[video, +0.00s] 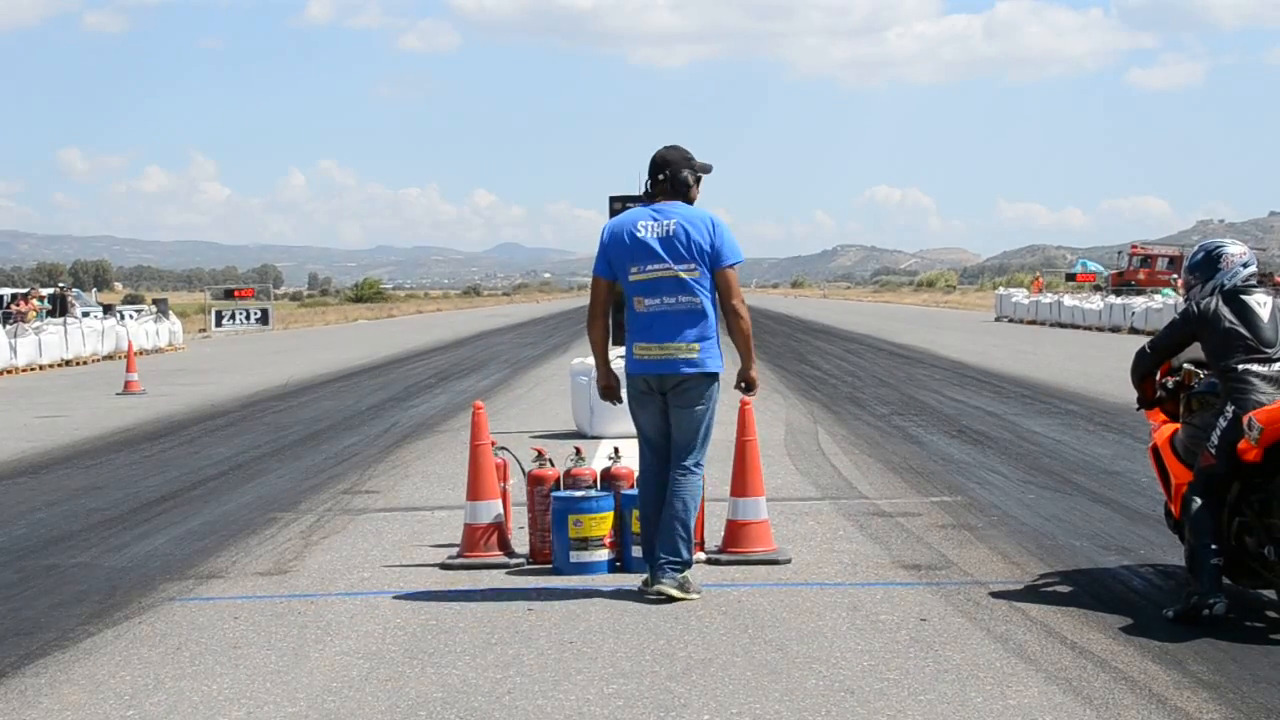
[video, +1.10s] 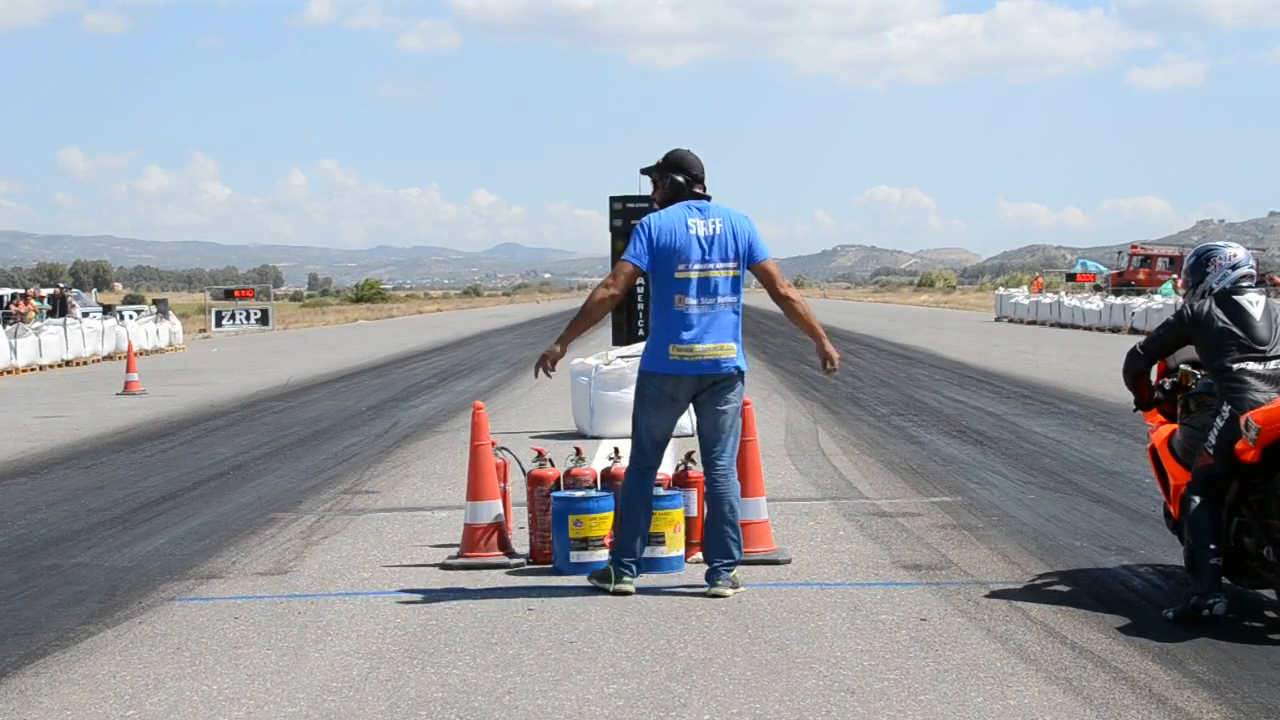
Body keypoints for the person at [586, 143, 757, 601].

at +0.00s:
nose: (699, 190)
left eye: (699, 182)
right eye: (698, 183)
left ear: (652, 182)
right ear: (689, 184)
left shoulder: (618, 229)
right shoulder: (707, 226)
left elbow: (598, 309)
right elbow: (733, 304)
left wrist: (603, 368)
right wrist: (748, 363)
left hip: (641, 366)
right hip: (694, 365)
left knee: (653, 463)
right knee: (687, 464)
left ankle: (656, 567)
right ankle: (669, 571)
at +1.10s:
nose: (652, 192)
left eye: (655, 184)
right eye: (653, 184)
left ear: (669, 185)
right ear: (700, 186)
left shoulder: (654, 226)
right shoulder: (739, 224)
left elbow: (611, 291)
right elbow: (781, 289)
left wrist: (562, 342)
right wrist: (822, 339)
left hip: (667, 364)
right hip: (725, 362)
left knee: (643, 465)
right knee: (721, 467)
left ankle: (623, 568)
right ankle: (723, 572)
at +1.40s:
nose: (611, 192)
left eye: (616, 184)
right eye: (613, 183)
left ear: (635, 185)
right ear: (660, 186)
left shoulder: (619, 229)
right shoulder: (701, 222)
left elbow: (558, 274)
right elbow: (757, 274)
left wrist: (496, 306)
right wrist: (815, 313)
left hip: (634, 366)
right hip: (692, 362)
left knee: (622, 471)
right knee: (702, 465)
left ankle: (619, 572)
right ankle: (721, 568)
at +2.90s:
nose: (570, 194)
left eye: (572, 186)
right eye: (570, 187)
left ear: (588, 185)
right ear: (619, 184)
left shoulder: (573, 229)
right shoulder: (659, 222)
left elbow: (520, 280)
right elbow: (705, 285)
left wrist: (481, 313)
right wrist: (740, 332)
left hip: (598, 365)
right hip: (655, 362)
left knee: (606, 468)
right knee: (659, 462)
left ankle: (616, 572)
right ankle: (668, 568)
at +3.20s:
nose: (565, 197)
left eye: (566, 190)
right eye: (564, 190)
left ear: (578, 188)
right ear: (612, 185)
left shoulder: (563, 231)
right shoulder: (650, 221)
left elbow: (536, 310)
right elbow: (681, 297)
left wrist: (530, 372)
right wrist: (693, 358)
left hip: (592, 366)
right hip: (649, 362)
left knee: (604, 470)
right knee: (659, 461)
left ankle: (616, 572)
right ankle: (667, 568)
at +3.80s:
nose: (637, 193)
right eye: (638, 187)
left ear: (596, 189)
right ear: (637, 188)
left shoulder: (567, 232)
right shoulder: (660, 229)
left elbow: (543, 308)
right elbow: (690, 316)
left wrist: (537, 366)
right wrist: (697, 366)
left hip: (593, 372)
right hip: (650, 368)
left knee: (605, 472)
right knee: (646, 472)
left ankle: (610, 569)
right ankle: (636, 580)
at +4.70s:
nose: (561, 185)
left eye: (558, 179)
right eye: (595, 179)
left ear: (557, 183)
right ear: (603, 181)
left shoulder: (535, 230)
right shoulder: (633, 227)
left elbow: (509, 316)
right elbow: (659, 314)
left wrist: (513, 373)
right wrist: (658, 373)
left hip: (557, 374)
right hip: (619, 372)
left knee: (562, 483)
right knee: (625, 480)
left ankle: (569, 602)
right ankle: (637, 586)